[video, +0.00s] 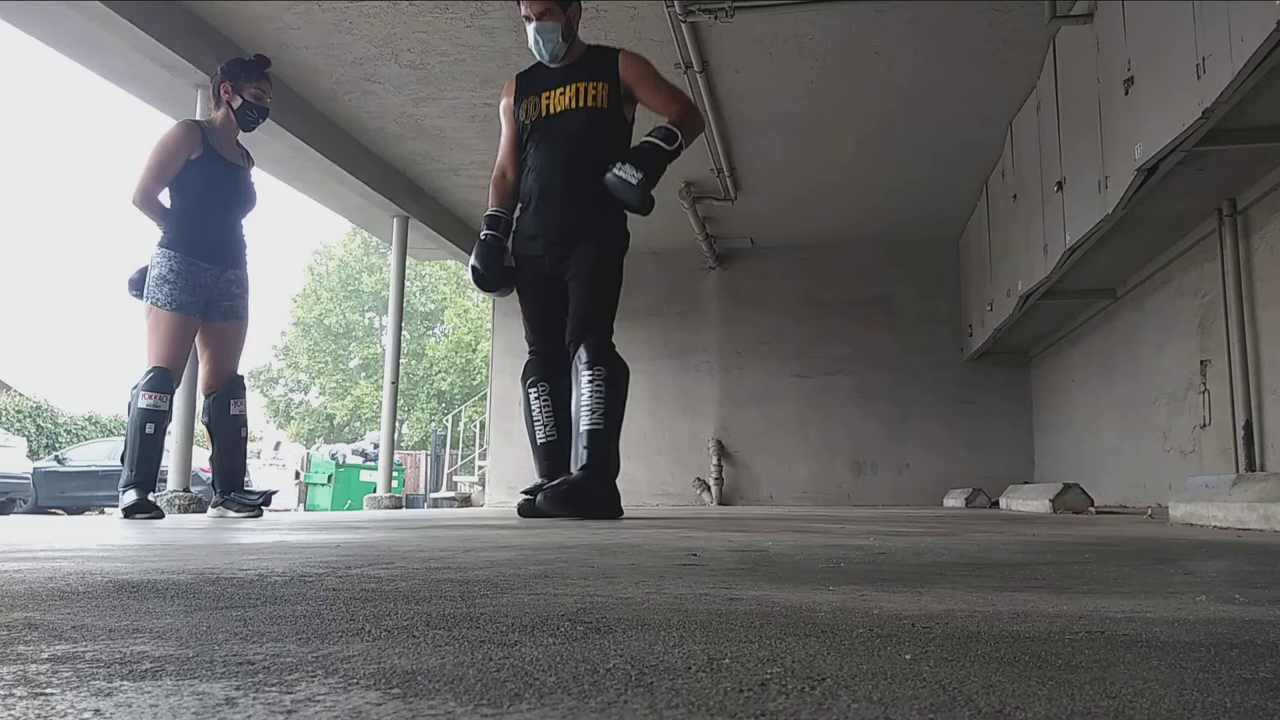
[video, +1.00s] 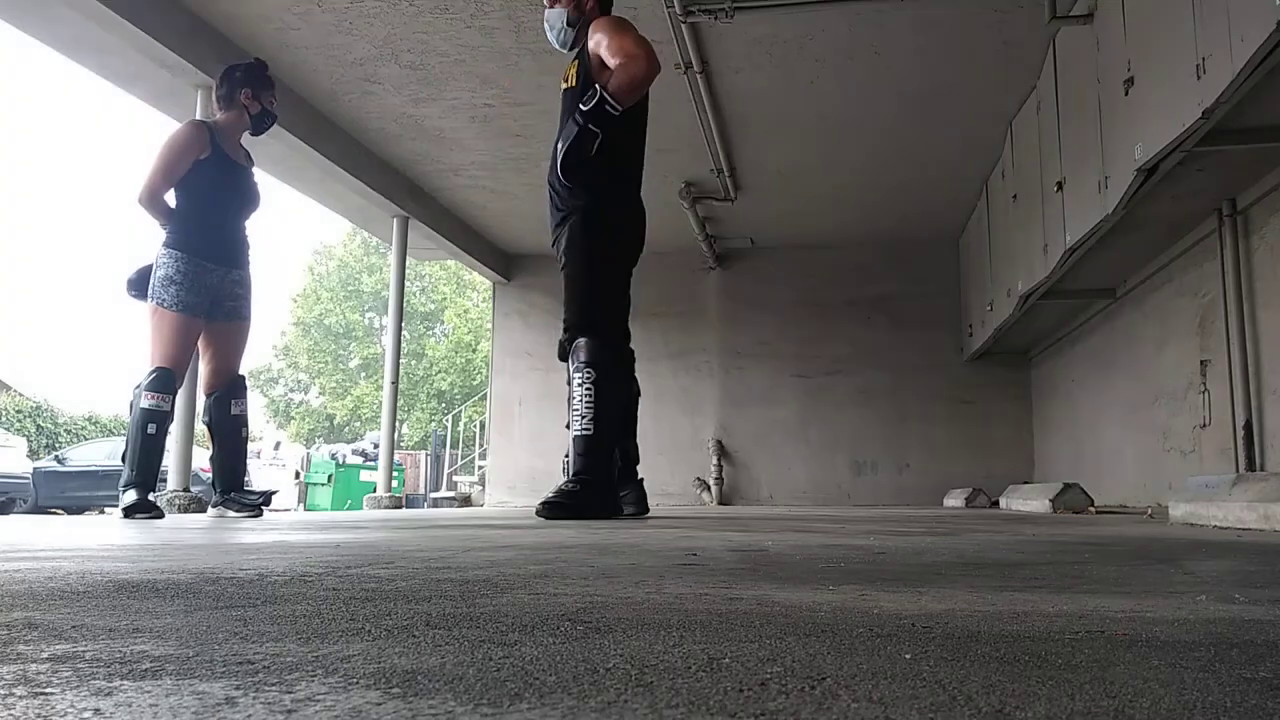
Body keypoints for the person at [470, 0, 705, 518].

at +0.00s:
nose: (536, 27)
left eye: (546, 15)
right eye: (528, 18)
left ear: (575, 14)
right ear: (523, 24)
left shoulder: (618, 65)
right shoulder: (516, 90)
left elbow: (688, 115)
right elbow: (505, 171)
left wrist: (653, 152)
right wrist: (493, 232)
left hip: (594, 232)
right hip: (533, 239)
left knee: (589, 344)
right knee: (543, 356)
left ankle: (596, 483)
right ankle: (556, 482)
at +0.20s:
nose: (544, 12)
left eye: (555, 3)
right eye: (538, 6)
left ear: (580, 4)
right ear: (532, 13)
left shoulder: (622, 46)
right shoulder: (526, 77)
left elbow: (692, 95)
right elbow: (519, 158)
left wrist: (648, 135)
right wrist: (508, 222)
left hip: (598, 224)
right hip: (540, 230)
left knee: (593, 346)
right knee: (547, 353)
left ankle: (595, 484)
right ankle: (555, 479)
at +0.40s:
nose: (539, 9)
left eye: (546, 1)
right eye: (535, 6)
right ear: (537, 14)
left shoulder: (618, 27)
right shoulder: (544, 65)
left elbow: (683, 73)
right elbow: (543, 145)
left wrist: (630, 128)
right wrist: (532, 217)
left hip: (606, 217)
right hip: (557, 224)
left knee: (601, 345)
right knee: (547, 349)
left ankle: (596, 484)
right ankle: (561, 476)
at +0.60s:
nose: (545, 8)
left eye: (551, 1)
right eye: (544, 6)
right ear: (563, 13)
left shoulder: (608, 20)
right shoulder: (567, 58)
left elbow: (666, 61)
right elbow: (567, 148)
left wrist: (615, 112)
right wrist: (552, 226)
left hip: (604, 211)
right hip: (571, 220)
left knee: (596, 343)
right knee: (564, 348)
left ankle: (596, 486)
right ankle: (577, 475)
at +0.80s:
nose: (553, 18)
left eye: (555, 11)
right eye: (553, 15)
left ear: (572, 5)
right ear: (573, 15)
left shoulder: (602, 21)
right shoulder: (581, 50)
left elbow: (646, 58)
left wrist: (593, 118)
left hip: (599, 209)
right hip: (580, 215)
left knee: (590, 343)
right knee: (581, 346)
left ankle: (591, 485)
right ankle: (618, 480)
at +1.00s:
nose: (549, 10)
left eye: (554, 2)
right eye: (549, 4)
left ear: (584, 1)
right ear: (586, 7)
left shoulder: (604, 28)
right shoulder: (590, 46)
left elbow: (641, 63)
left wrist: (597, 118)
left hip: (599, 217)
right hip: (593, 219)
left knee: (587, 345)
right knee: (607, 347)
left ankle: (590, 485)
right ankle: (621, 483)